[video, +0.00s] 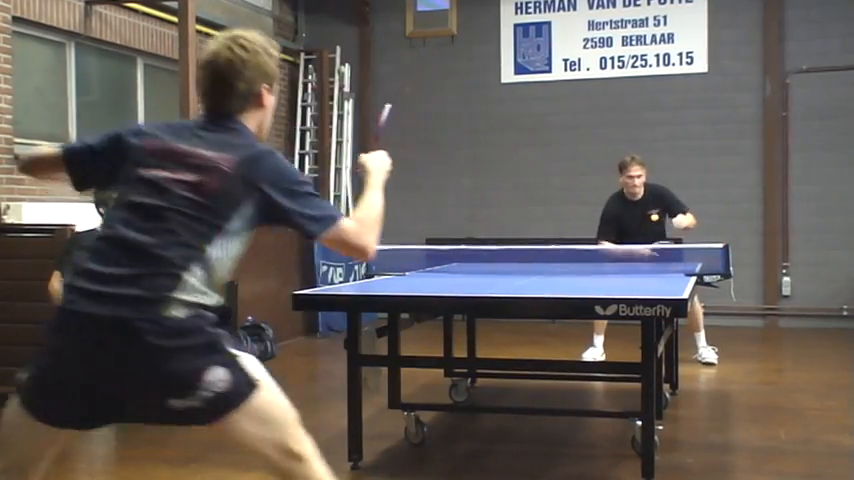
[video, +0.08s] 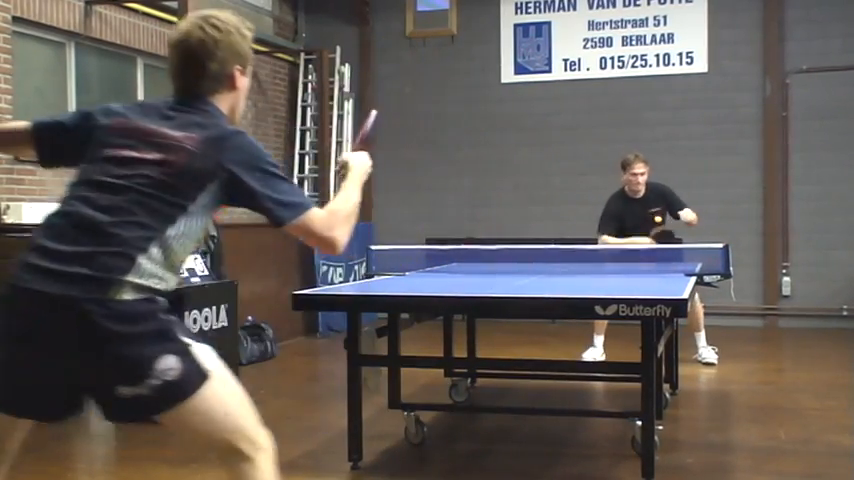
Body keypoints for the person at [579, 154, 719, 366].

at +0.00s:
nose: (635, 182)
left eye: (639, 176)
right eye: (630, 177)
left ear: (645, 177)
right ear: (621, 178)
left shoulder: (659, 194)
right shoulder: (614, 203)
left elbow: (691, 219)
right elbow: (602, 243)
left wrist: (684, 222)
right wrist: (633, 252)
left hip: (659, 265)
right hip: (623, 267)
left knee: (690, 295)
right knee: (602, 296)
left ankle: (702, 347)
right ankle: (597, 347)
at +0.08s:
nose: (638, 180)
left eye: (642, 174)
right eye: (633, 175)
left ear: (648, 174)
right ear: (623, 176)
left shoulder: (660, 192)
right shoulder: (615, 201)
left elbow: (692, 219)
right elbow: (603, 239)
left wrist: (686, 216)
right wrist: (639, 241)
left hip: (660, 262)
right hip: (623, 265)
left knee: (691, 293)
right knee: (603, 295)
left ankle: (703, 347)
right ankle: (597, 347)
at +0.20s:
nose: (643, 173)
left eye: (647, 169)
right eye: (638, 168)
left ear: (652, 170)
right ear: (628, 170)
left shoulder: (662, 189)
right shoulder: (620, 195)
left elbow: (691, 218)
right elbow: (606, 233)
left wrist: (695, 210)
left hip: (663, 262)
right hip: (627, 263)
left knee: (693, 294)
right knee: (604, 296)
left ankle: (703, 347)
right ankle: (597, 347)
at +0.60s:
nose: (638, 168)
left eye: (643, 164)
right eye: (633, 164)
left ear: (651, 167)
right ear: (626, 167)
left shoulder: (666, 190)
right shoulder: (619, 194)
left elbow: (688, 219)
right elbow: (597, 222)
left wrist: (680, 227)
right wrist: (583, 220)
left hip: (664, 262)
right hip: (626, 263)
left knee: (684, 299)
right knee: (591, 290)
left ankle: (701, 347)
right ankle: (580, 340)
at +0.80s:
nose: (611, 174)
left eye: (616, 170)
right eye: (606, 170)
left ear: (624, 173)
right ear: (599, 173)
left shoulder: (637, 196)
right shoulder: (592, 200)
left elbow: (660, 227)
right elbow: (573, 228)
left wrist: (651, 239)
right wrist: (562, 242)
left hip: (636, 266)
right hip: (600, 267)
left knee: (668, 298)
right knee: (563, 289)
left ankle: (698, 347)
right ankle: (569, 341)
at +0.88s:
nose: (601, 173)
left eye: (605, 168)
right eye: (596, 169)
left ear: (614, 171)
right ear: (590, 173)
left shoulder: (628, 195)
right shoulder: (582, 200)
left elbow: (648, 226)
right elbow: (564, 229)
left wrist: (642, 240)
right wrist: (556, 245)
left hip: (626, 264)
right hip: (590, 265)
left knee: (658, 294)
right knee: (555, 287)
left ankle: (687, 344)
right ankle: (568, 340)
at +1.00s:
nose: (592, 169)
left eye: (596, 164)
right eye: (587, 165)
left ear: (605, 167)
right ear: (581, 168)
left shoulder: (620, 191)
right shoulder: (574, 195)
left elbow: (641, 220)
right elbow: (559, 228)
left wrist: (635, 239)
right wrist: (553, 247)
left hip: (616, 260)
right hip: (583, 262)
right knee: (554, 288)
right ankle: (568, 340)